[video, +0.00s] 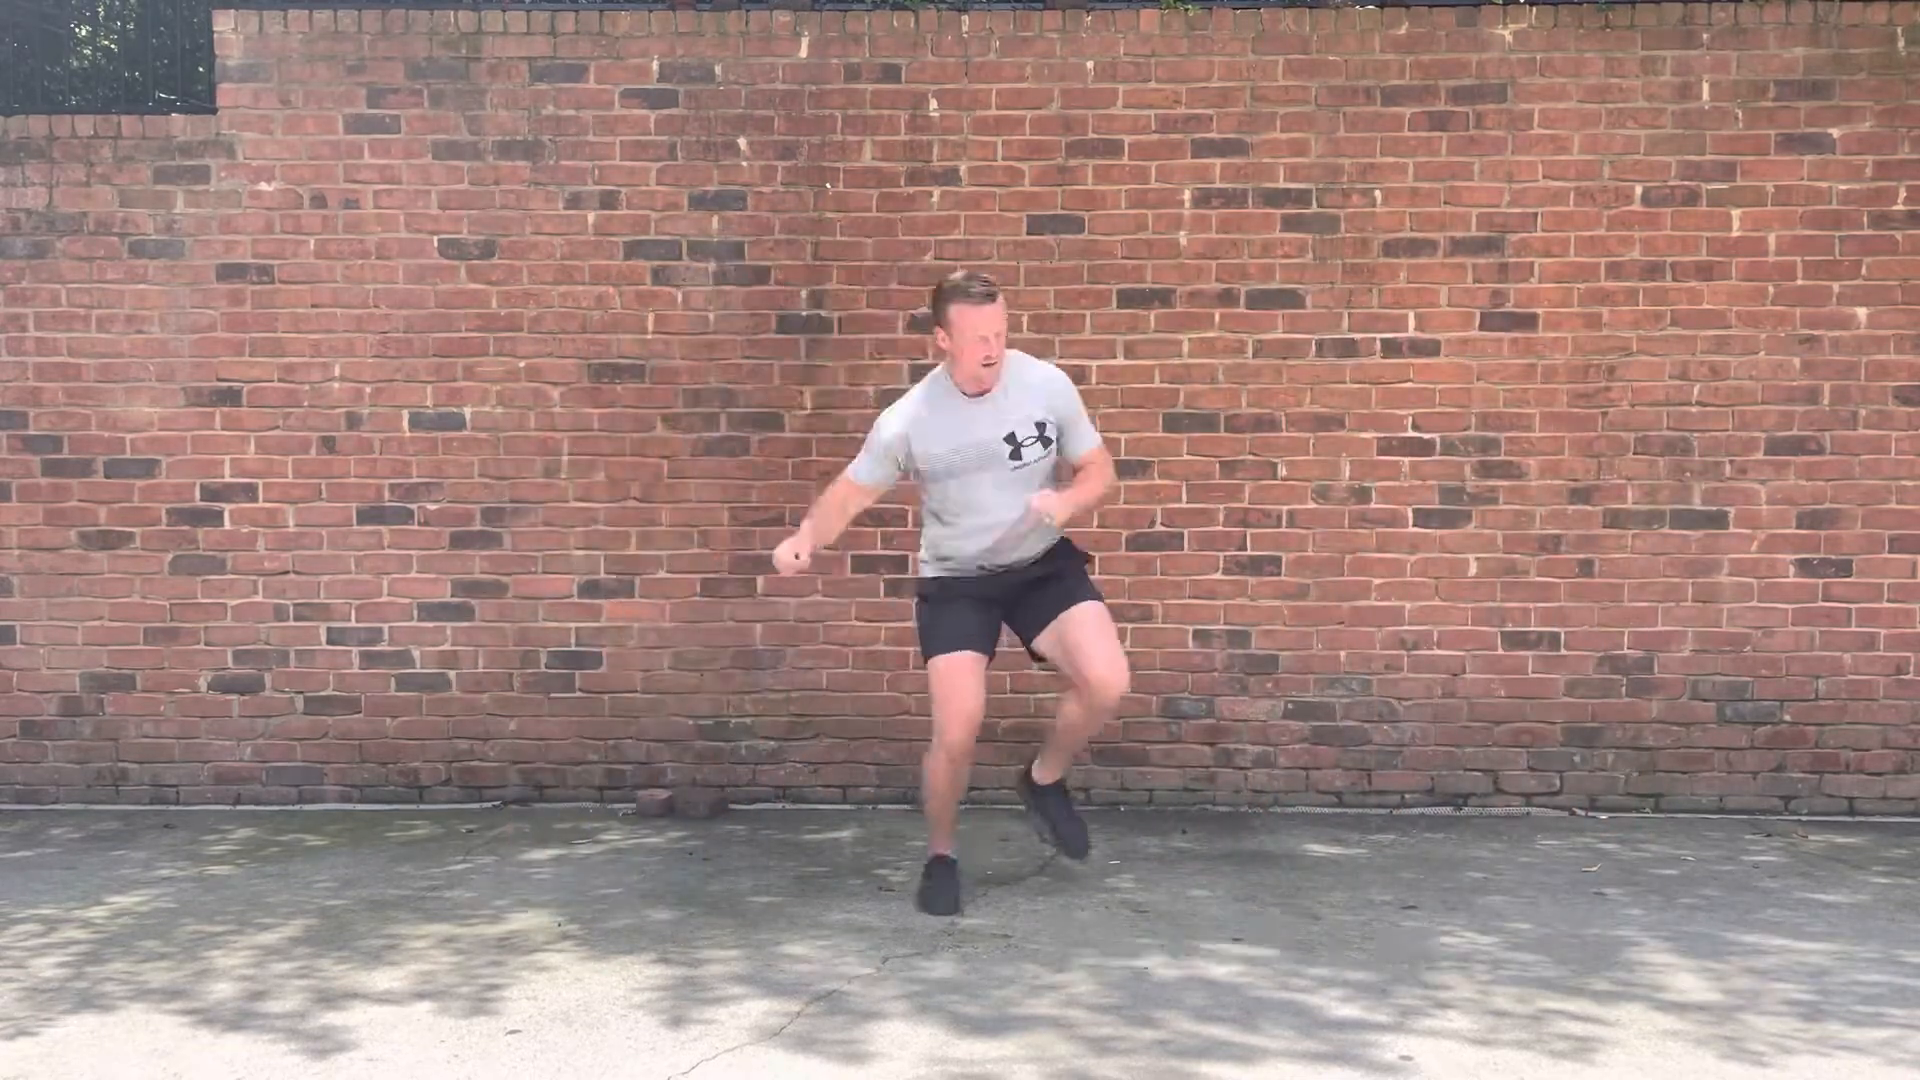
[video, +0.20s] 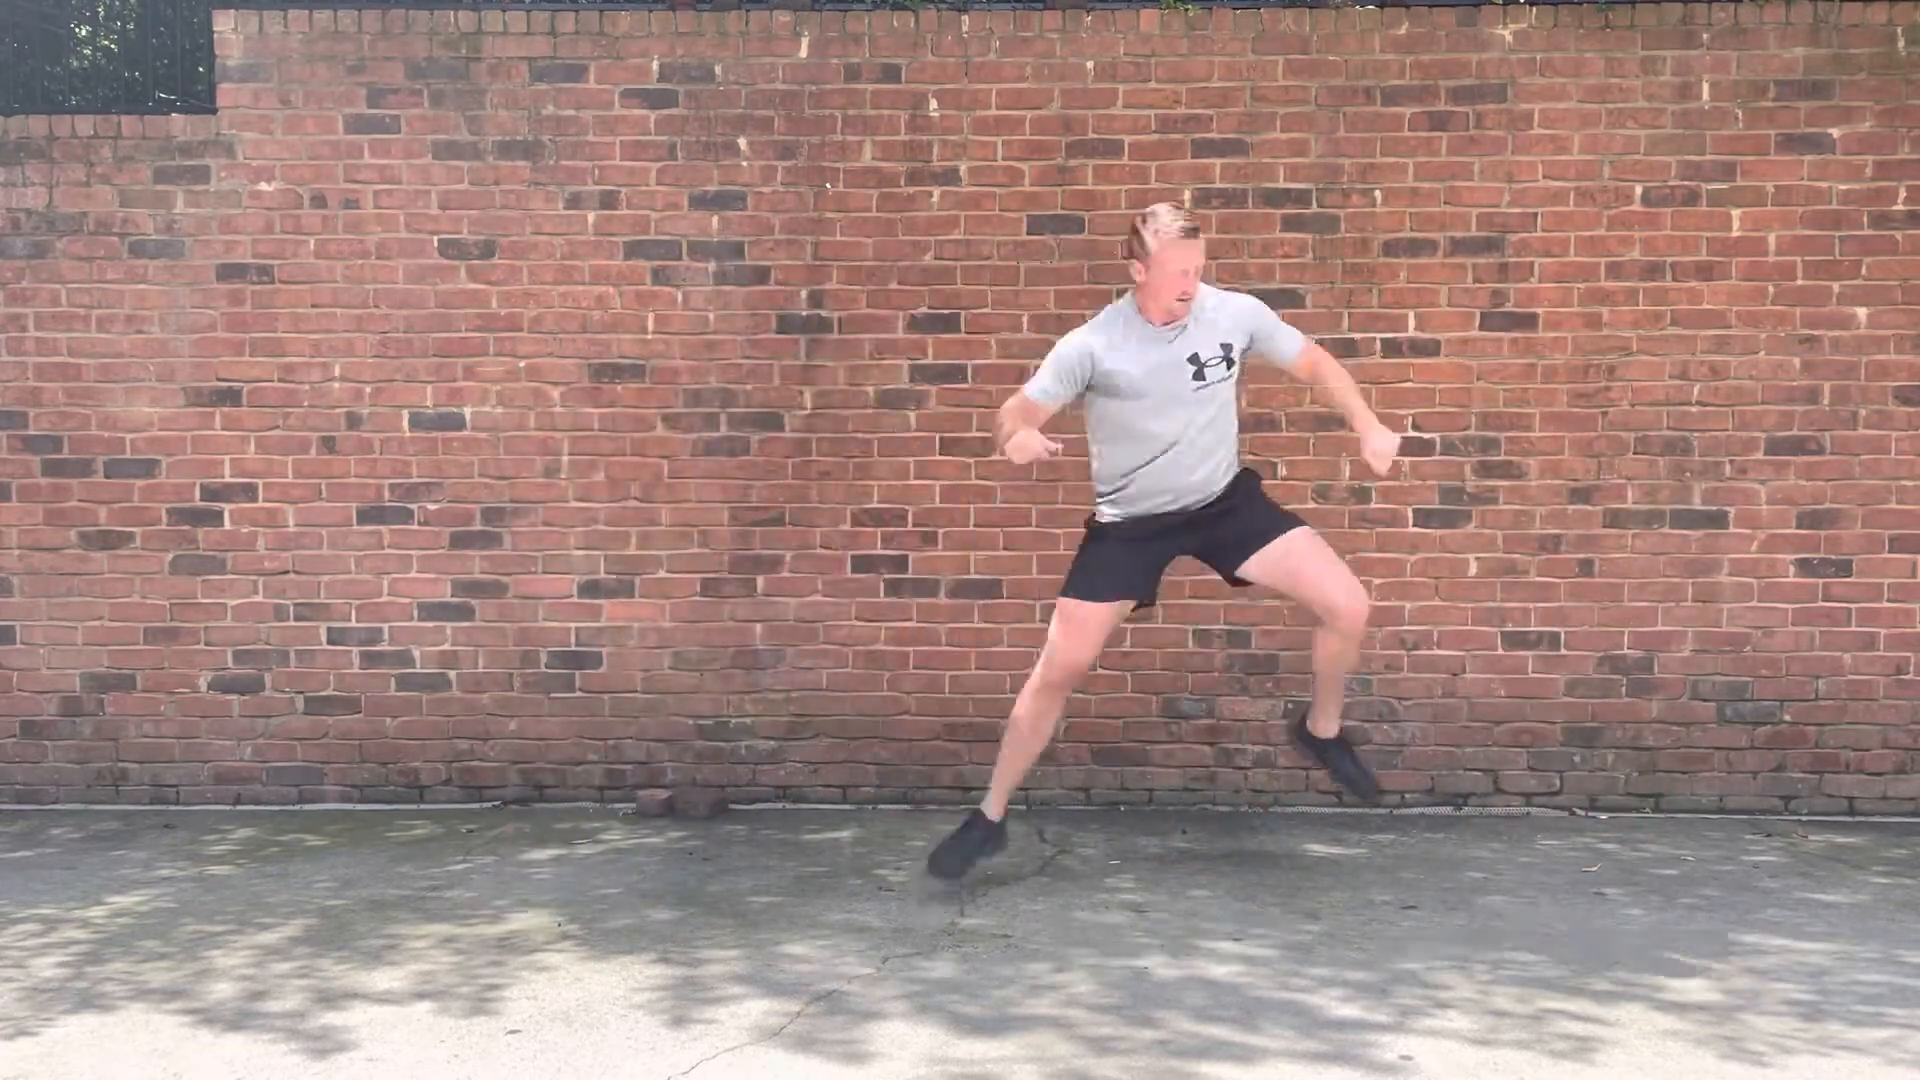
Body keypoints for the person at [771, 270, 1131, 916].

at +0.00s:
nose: (992, 349)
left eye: (999, 334)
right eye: (976, 337)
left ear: (1008, 330)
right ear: (942, 340)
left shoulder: (1046, 385)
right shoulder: (907, 421)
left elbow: (1098, 469)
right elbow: (850, 491)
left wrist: (1067, 501)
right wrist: (806, 538)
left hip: (1043, 564)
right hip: (956, 579)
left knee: (1107, 681)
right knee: (957, 730)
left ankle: (1044, 780)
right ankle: (941, 855)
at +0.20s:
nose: (1189, 287)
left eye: (1196, 273)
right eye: (1175, 274)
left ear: (1203, 268)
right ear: (1138, 271)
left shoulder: (1233, 315)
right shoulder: (1092, 345)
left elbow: (1316, 363)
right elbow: (1018, 411)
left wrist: (1368, 425)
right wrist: (1019, 434)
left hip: (1225, 504)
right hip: (1127, 525)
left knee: (1348, 607)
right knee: (1059, 668)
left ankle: (1323, 731)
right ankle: (989, 814)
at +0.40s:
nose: (1414, 342)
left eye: (1424, 328)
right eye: (1401, 326)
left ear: (1432, 320)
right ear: (1361, 315)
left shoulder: (1440, 369)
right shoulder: (1303, 371)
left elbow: (1458, 422)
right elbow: (1195, 418)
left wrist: (1499, 492)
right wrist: (1222, 436)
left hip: (1412, 557)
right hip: (1310, 562)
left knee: (1502, 690)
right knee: (1231, 708)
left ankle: (1587, 834)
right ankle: (1241, 746)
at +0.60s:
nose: (1585, 453)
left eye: (1594, 442)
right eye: (1577, 436)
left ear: (1597, 439)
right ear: (1537, 416)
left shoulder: (1562, 498)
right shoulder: (1468, 474)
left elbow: (1588, 582)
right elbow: (1398, 566)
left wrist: (1659, 664)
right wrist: (1502, 609)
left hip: (1510, 628)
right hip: (1426, 645)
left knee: (1599, 736)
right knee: (1498, 790)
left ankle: (1617, 864)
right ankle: (1521, 778)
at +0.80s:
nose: (1527, 404)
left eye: (1541, 393)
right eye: (1517, 388)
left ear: (1558, 392)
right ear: (1493, 376)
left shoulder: (1577, 453)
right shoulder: (1438, 426)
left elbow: (1684, 491)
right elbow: (1326, 451)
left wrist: (1728, 459)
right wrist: (1405, 451)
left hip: (1506, 607)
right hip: (1412, 613)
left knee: (1588, 727)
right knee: (1425, 771)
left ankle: (1618, 864)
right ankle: (1463, 769)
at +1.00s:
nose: (1381, 291)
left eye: (1398, 279)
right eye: (1372, 274)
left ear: (1422, 276)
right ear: (1355, 262)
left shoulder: (1449, 340)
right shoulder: (1301, 318)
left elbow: (1533, 402)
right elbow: (1191, 316)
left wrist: (1539, 404)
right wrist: (1105, 335)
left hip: (1393, 526)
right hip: (1296, 514)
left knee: (1453, 674)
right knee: (1223, 642)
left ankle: (1492, 831)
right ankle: (1297, 670)